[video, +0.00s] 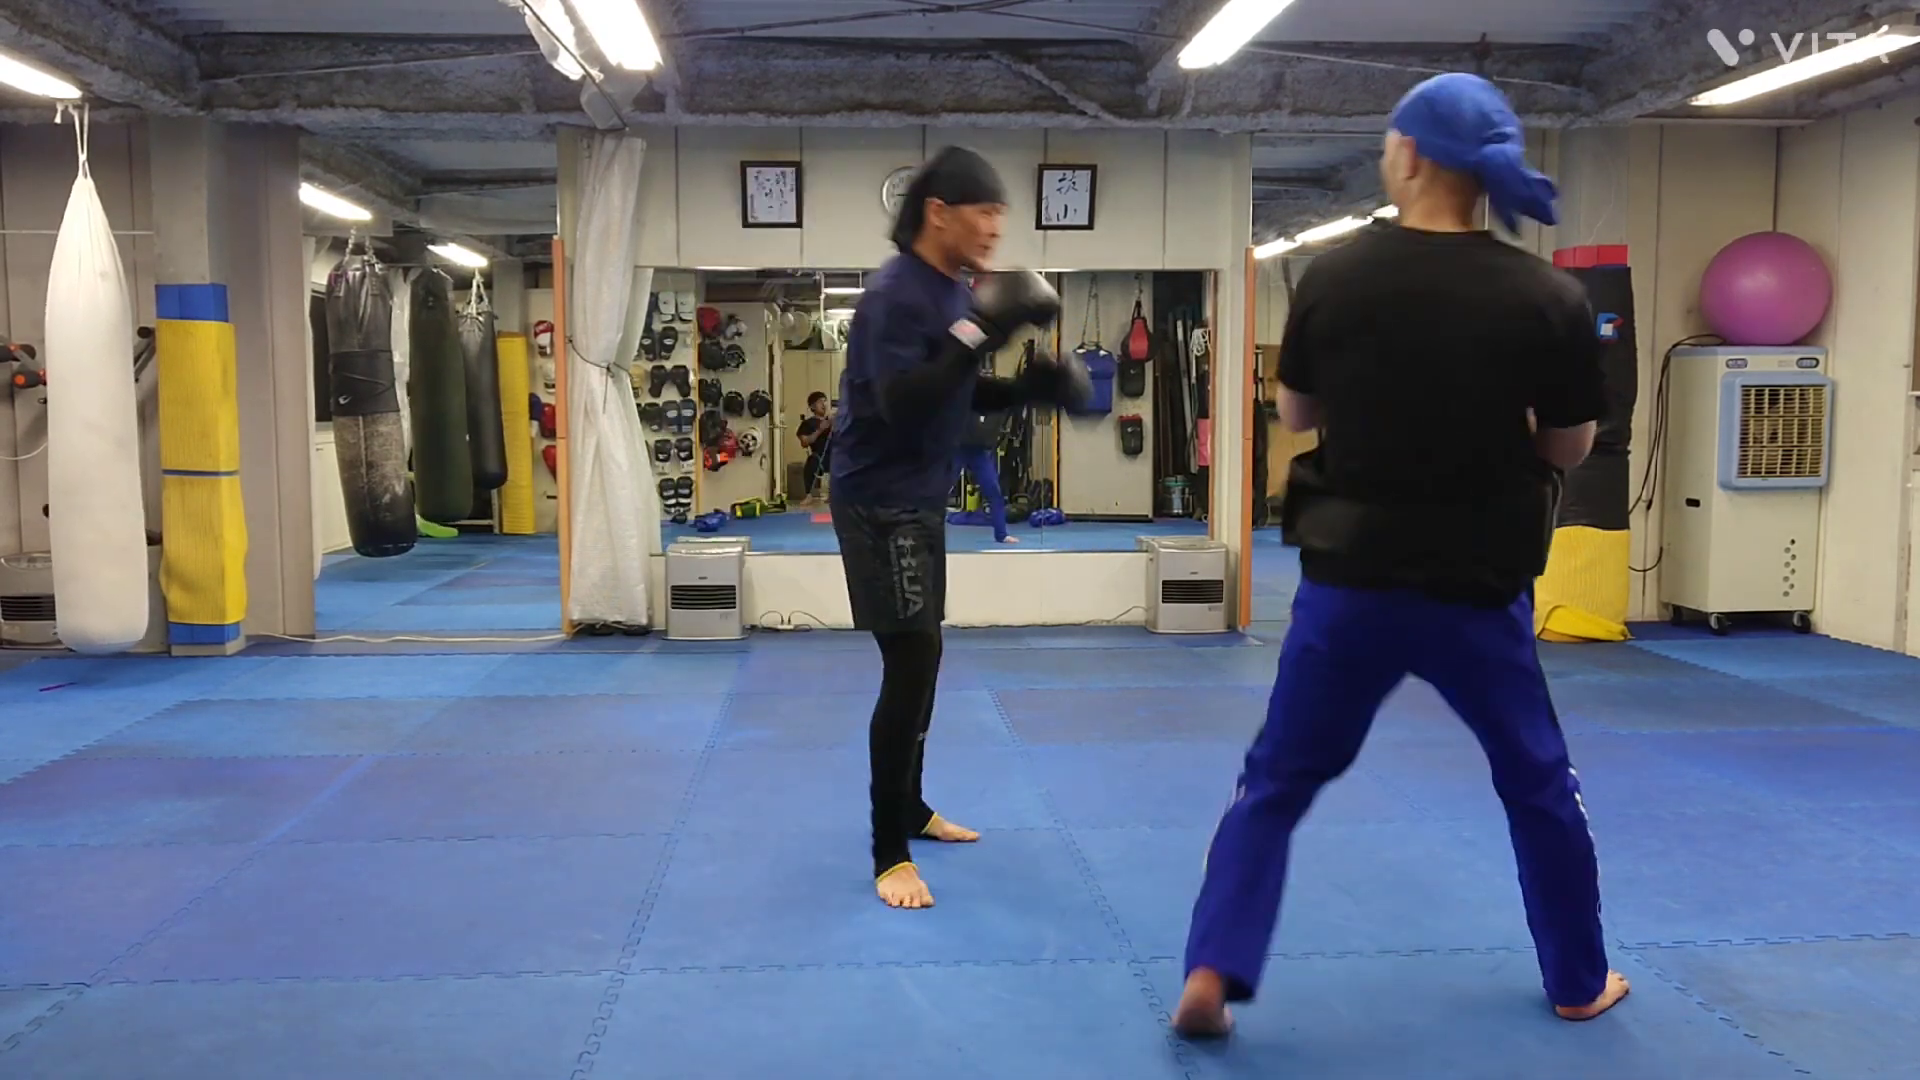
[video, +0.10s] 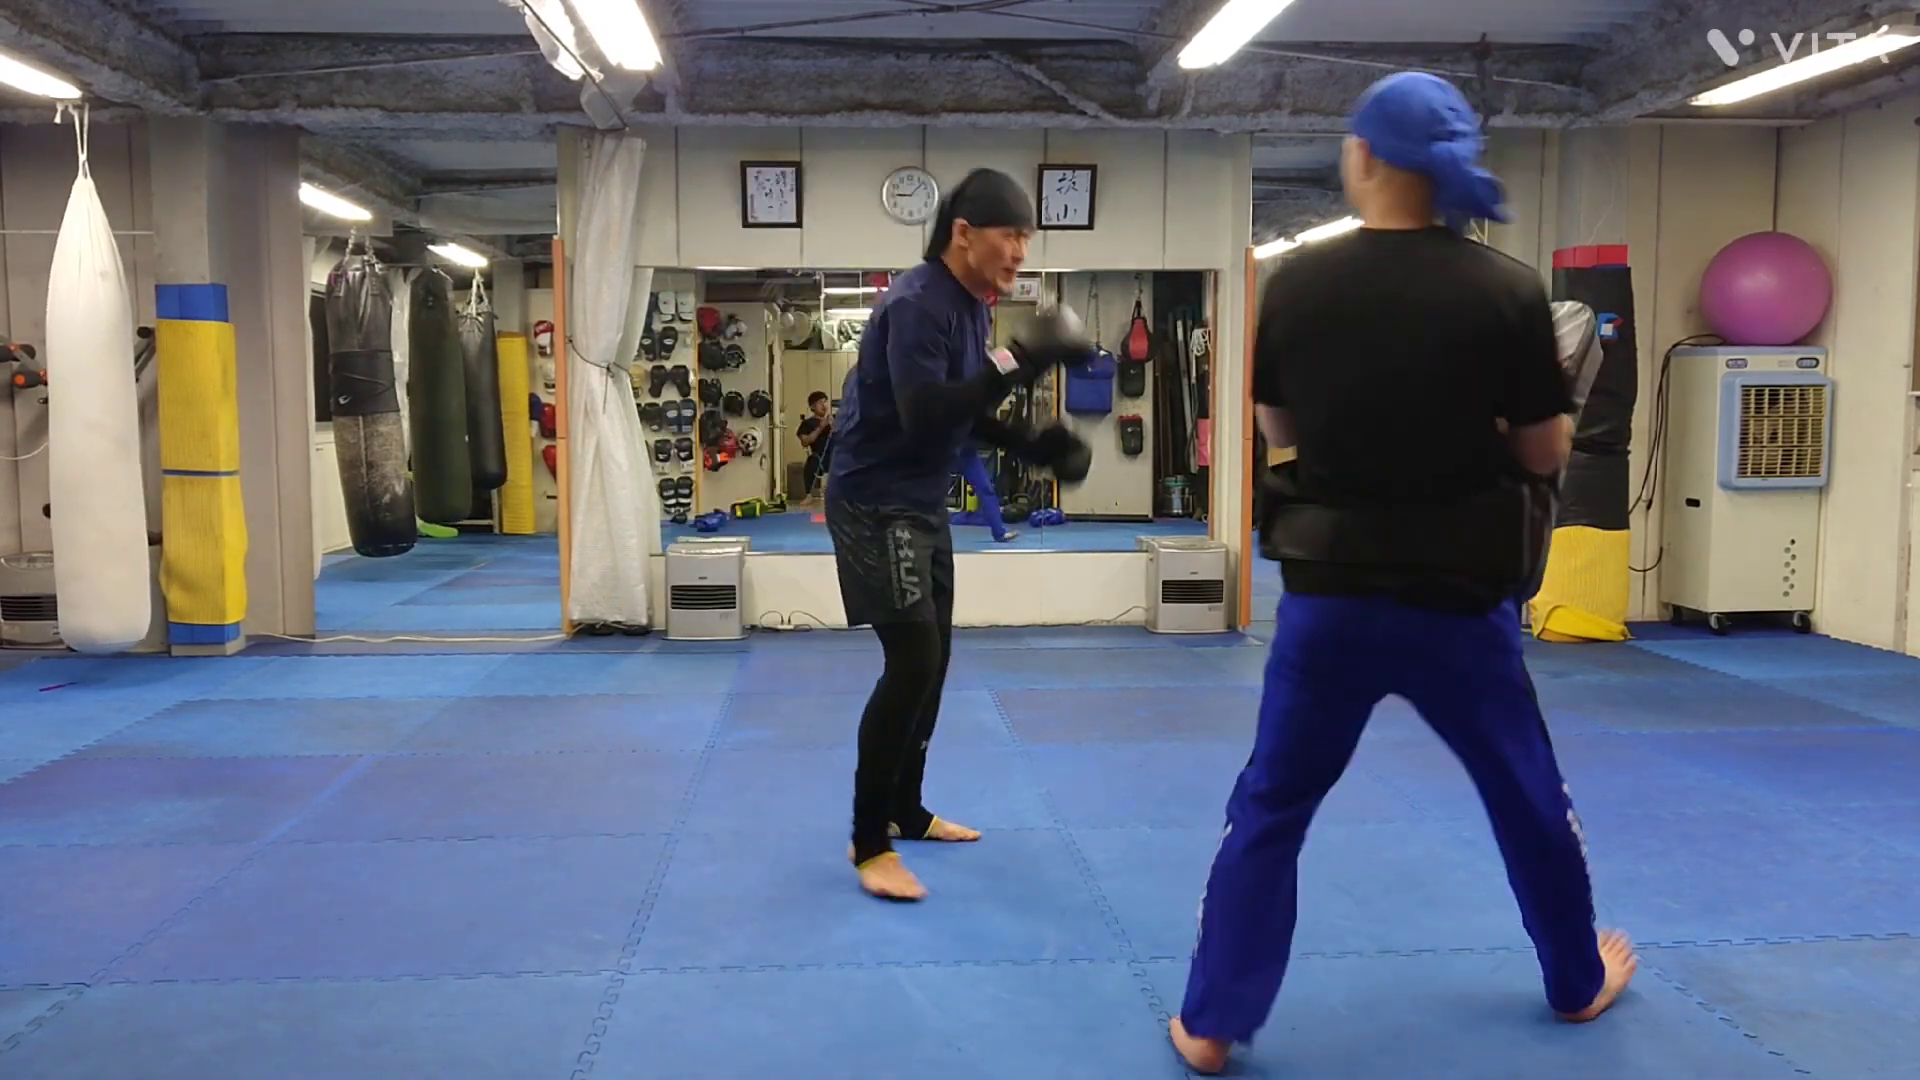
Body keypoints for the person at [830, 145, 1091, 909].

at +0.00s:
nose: (996, 229)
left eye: (999, 215)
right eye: (984, 213)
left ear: (964, 218)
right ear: (937, 212)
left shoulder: (953, 293)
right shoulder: (896, 293)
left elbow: (959, 400)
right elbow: (902, 401)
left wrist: (1033, 386)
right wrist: (977, 332)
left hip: (917, 502)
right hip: (880, 505)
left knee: (921, 658)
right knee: (907, 666)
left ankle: (908, 806)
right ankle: (890, 854)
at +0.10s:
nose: (1019, 255)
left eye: (1024, 242)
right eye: (1009, 239)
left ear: (1005, 241)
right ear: (961, 233)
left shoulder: (971, 310)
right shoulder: (921, 301)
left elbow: (968, 410)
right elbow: (921, 413)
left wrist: (1027, 442)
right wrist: (1016, 366)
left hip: (924, 505)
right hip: (875, 506)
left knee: (931, 657)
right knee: (911, 660)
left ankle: (904, 813)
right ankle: (869, 846)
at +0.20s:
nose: (1025, 261)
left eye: (1031, 248)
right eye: (1014, 244)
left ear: (1022, 247)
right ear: (968, 235)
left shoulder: (977, 310)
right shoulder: (929, 297)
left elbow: (965, 413)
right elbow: (927, 407)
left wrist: (1015, 463)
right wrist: (1016, 371)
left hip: (935, 510)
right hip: (888, 510)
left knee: (943, 663)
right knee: (915, 669)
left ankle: (903, 811)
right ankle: (855, 839)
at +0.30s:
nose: (1026, 247)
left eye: (1032, 233)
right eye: (1011, 231)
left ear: (1032, 235)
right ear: (968, 230)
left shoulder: (991, 304)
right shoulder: (939, 292)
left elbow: (990, 410)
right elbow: (928, 388)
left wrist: (1046, 459)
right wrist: (1016, 331)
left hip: (948, 509)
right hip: (900, 508)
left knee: (944, 659)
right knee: (929, 660)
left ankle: (905, 812)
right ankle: (870, 835)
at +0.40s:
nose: (1022, 239)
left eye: (1029, 225)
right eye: (1007, 225)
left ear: (1032, 226)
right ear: (964, 225)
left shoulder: (1000, 297)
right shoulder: (941, 286)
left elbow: (1033, 400)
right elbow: (909, 382)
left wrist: (1105, 433)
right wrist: (1000, 348)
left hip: (957, 504)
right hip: (910, 505)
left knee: (946, 655)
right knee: (941, 656)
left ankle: (907, 806)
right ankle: (920, 845)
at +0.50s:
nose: (1018, 234)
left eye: (1024, 220)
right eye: (1002, 223)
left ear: (1030, 222)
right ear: (960, 228)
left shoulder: (1030, 300)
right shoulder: (938, 291)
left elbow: (1094, 382)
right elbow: (869, 387)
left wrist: (1122, 358)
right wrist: (935, 403)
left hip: (981, 517)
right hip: (928, 516)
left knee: (948, 666)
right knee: (965, 676)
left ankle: (903, 808)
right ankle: (1000, 881)